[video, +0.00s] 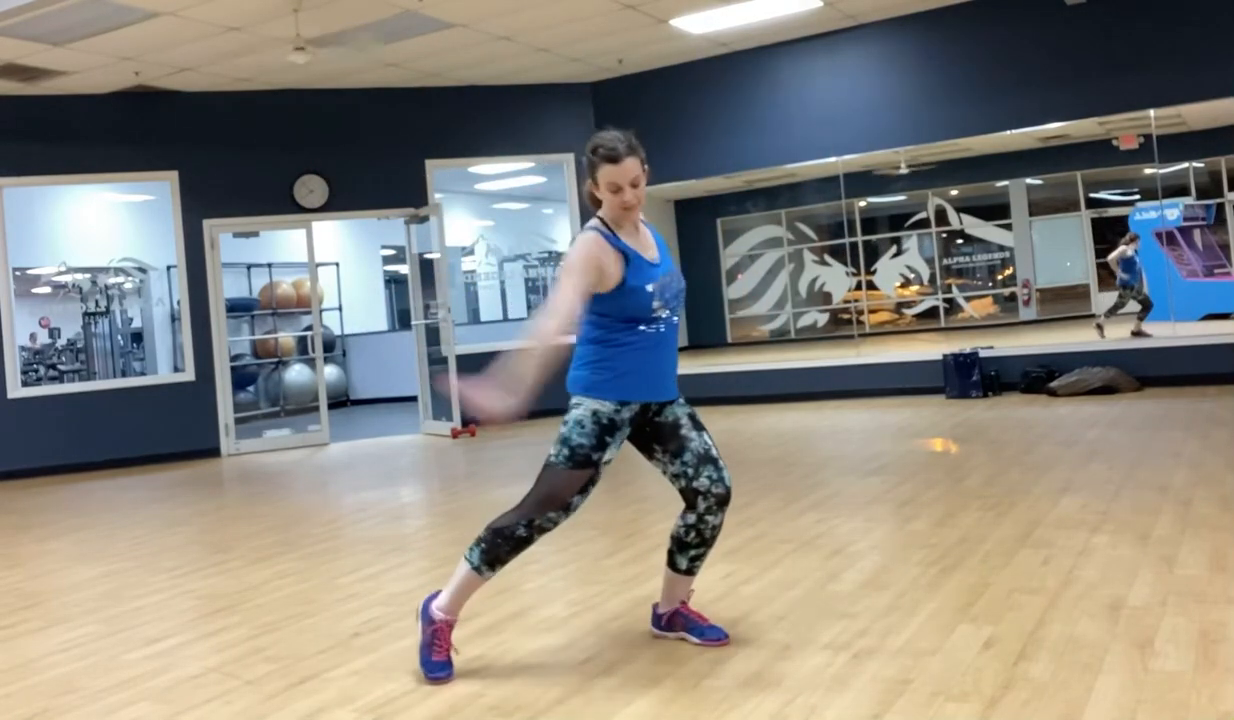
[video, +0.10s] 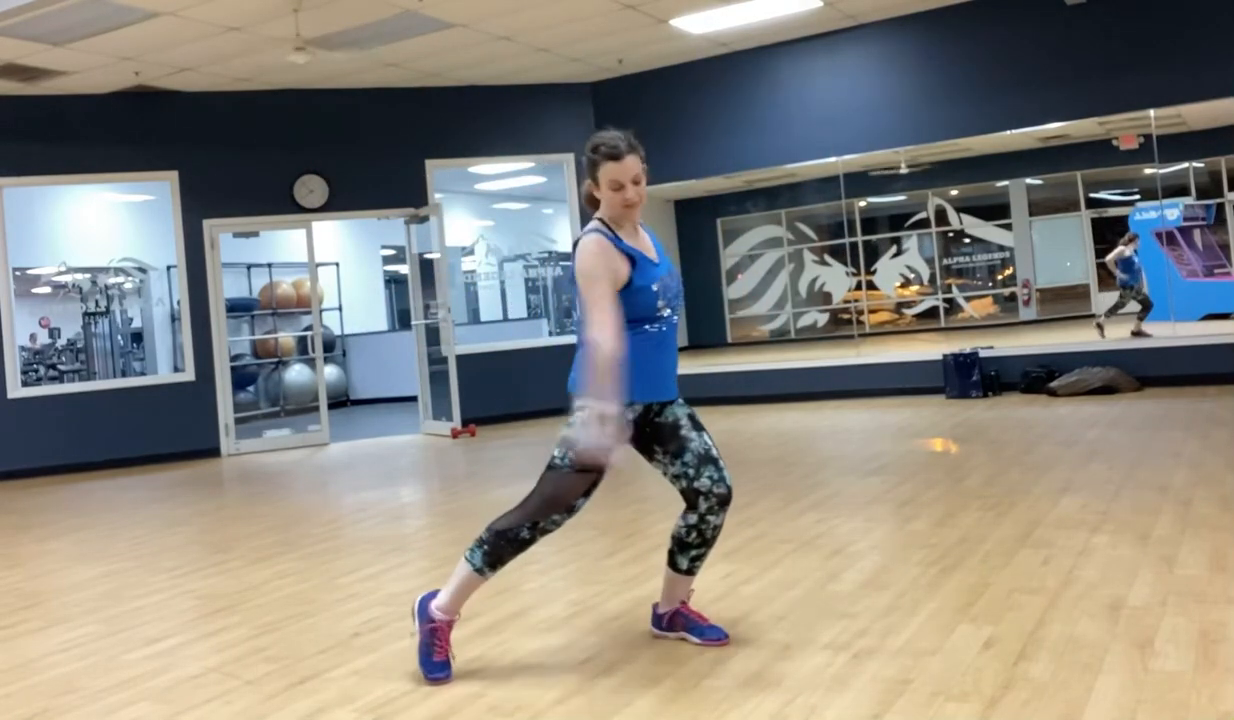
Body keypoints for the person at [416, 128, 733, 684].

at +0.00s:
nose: (631, 196)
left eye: (637, 183)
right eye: (617, 189)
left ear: (646, 177)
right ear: (596, 192)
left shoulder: (647, 229)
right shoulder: (592, 248)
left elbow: (640, 300)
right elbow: (553, 326)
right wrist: (508, 388)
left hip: (659, 398)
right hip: (601, 404)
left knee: (712, 493)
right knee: (545, 510)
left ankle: (671, 608)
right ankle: (442, 610)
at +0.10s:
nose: (632, 193)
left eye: (638, 180)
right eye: (618, 186)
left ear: (646, 176)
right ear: (595, 192)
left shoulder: (643, 233)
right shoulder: (595, 248)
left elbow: (647, 316)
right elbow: (602, 338)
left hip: (659, 401)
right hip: (605, 404)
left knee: (712, 495)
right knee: (547, 510)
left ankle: (671, 608)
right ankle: (440, 609)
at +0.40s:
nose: (621, 170)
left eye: (623, 158)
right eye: (605, 167)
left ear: (633, 162)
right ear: (586, 186)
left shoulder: (635, 223)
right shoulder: (606, 230)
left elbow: (697, 215)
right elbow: (692, 216)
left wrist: (749, 175)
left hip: (654, 400)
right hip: (604, 403)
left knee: (713, 492)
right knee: (551, 511)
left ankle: (671, 607)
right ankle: (438, 608)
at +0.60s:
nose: (610, 162)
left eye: (613, 153)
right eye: (595, 160)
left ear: (623, 164)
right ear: (578, 182)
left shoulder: (622, 229)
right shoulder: (594, 227)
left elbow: (642, 148)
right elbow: (641, 150)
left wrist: (681, 80)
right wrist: (687, 73)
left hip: (652, 399)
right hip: (602, 402)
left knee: (708, 491)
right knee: (551, 509)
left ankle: (671, 609)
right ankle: (435, 611)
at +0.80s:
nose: (600, 155)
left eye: (601, 148)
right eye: (586, 152)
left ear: (613, 164)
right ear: (571, 177)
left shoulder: (626, 225)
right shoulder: (581, 230)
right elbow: (576, 137)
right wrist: (579, 53)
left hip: (653, 399)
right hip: (598, 402)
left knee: (708, 493)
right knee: (544, 511)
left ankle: (671, 608)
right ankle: (437, 611)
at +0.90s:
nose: (584, 156)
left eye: (588, 146)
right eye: (569, 155)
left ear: (608, 160)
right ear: (561, 180)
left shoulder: (626, 222)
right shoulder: (573, 228)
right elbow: (546, 144)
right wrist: (526, 61)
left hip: (653, 397)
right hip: (596, 401)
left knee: (707, 495)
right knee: (541, 511)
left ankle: (671, 608)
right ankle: (437, 612)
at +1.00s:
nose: (583, 157)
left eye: (587, 148)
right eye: (567, 155)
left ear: (606, 161)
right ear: (557, 180)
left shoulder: (628, 223)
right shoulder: (571, 229)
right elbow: (535, 145)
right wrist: (512, 60)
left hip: (653, 397)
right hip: (595, 402)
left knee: (707, 496)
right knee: (539, 511)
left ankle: (671, 608)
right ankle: (437, 612)